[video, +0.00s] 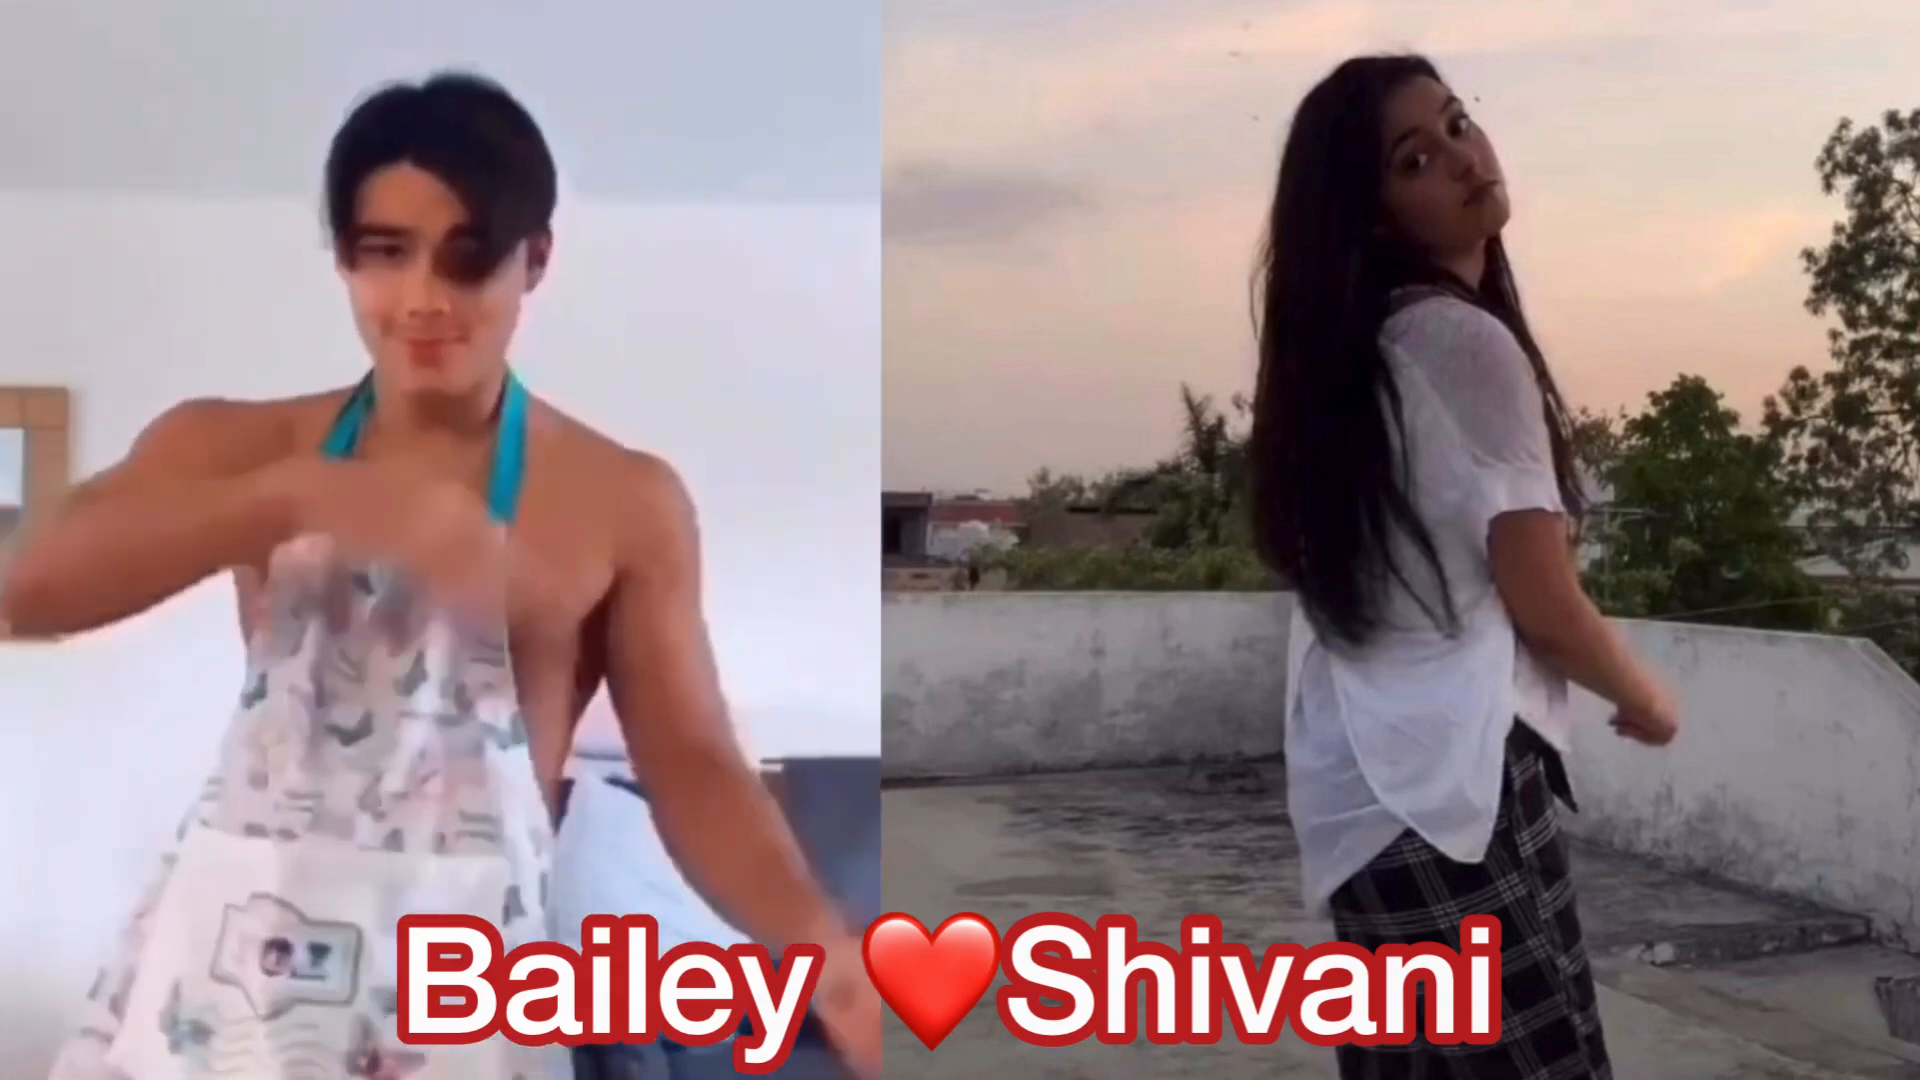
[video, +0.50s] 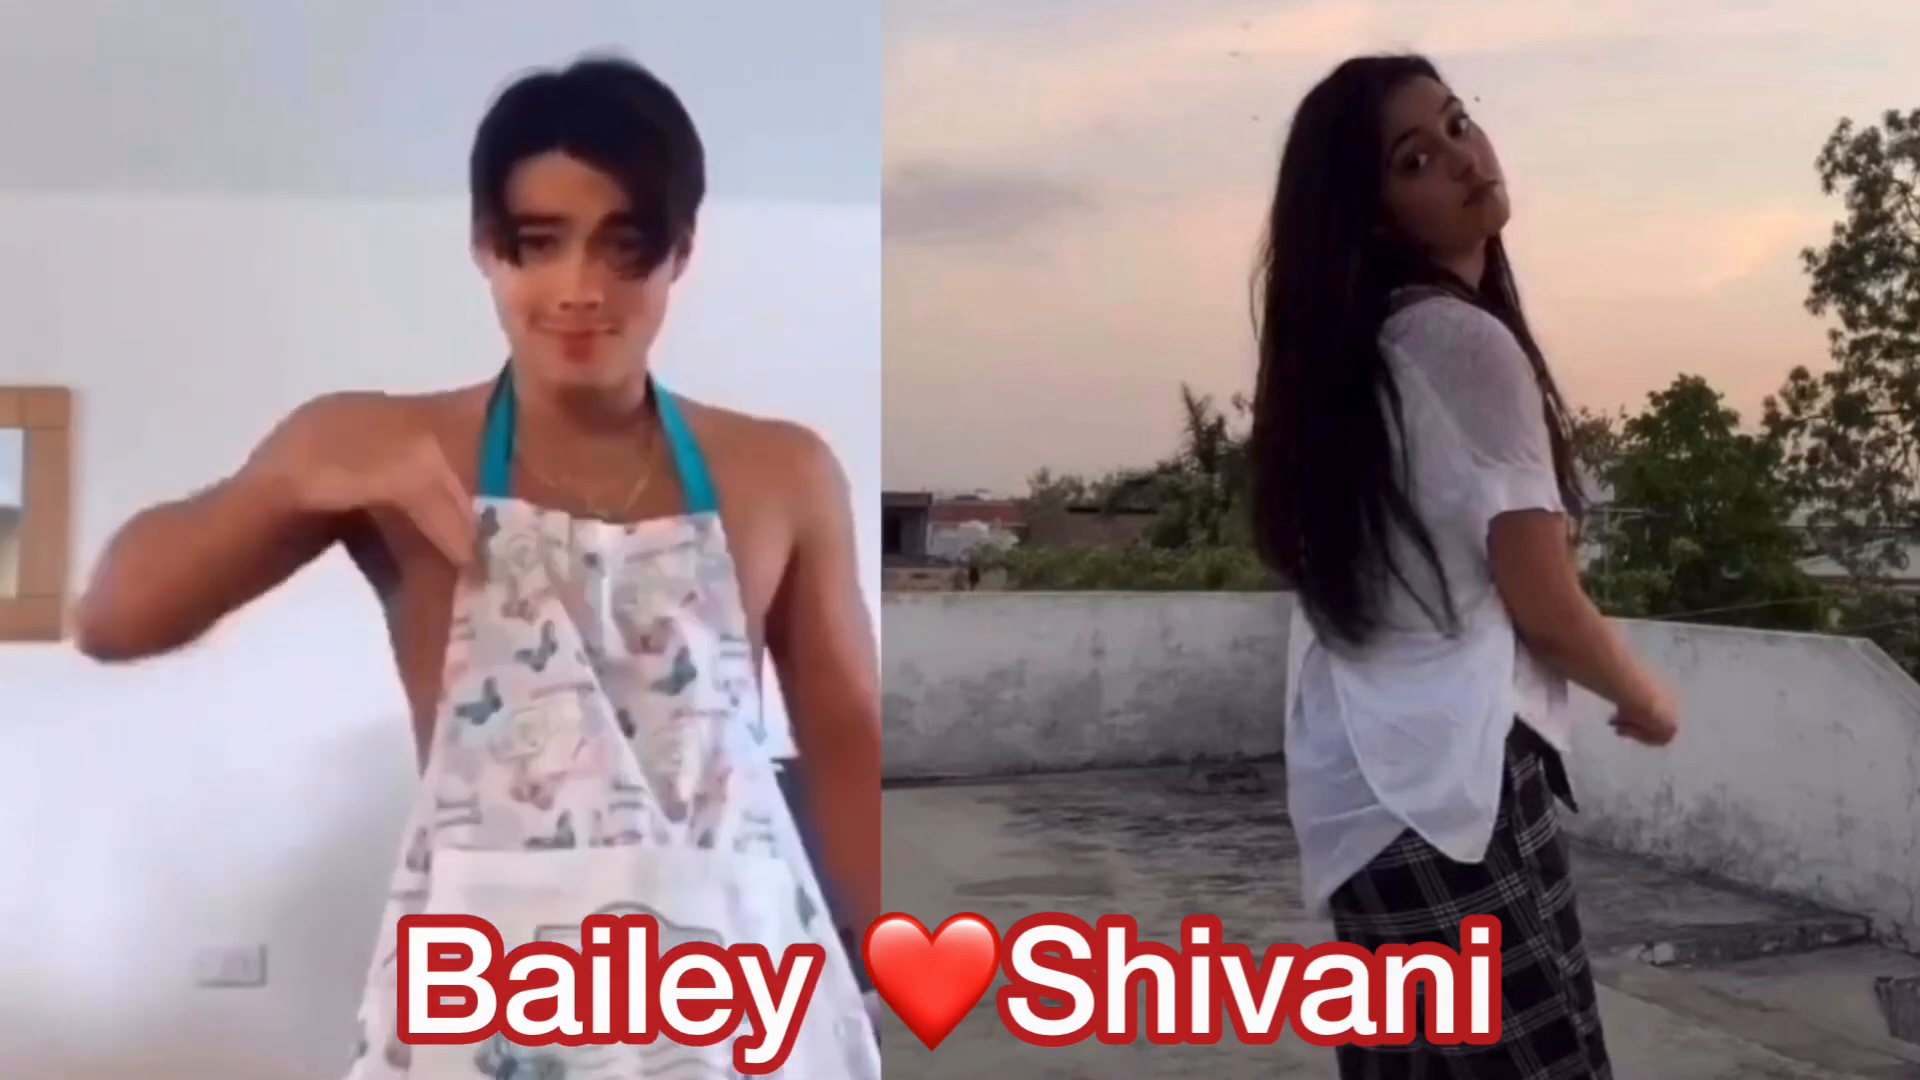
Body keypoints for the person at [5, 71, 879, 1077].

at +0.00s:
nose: (424, 298)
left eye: (470, 257)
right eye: (386, 252)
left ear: (535, 265)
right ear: (343, 262)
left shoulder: (626, 506)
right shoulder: (223, 450)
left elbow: (699, 778)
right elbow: (27, 594)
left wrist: (822, 948)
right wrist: (292, 498)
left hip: (477, 991)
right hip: (242, 970)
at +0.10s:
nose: (452, 292)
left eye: (500, 250)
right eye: (414, 244)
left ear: (559, 260)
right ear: (368, 254)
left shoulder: (641, 495)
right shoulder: (247, 451)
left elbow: (708, 781)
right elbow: (219, 602)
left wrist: (792, 1035)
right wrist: (486, 439)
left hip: (528, 996)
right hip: (284, 983)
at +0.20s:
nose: (493, 301)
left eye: (540, 261)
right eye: (455, 254)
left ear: (595, 274)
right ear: (404, 265)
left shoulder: (689, 509)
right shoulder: (287, 475)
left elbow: (733, 790)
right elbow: (292, 638)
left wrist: (779, 1042)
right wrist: (555, 464)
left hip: (617, 1004)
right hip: (368, 996)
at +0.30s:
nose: (534, 303)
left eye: (580, 261)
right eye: (493, 258)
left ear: (636, 271)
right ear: (444, 268)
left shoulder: (742, 492)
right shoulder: (337, 467)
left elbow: (812, 773)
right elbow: (237, 601)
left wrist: (858, 1042)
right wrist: (547, 493)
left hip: (690, 1005)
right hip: (434, 1004)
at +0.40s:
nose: (561, 294)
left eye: (610, 250)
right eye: (518, 247)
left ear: (667, 256)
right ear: (473, 254)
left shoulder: (781, 474)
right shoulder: (371, 460)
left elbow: (855, 763)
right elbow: (104, 542)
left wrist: (870, 983)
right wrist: (393, 469)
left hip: (724, 980)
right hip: (475, 999)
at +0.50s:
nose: (578, 291)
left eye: (624, 246)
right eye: (533, 245)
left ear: (682, 258)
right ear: (486, 255)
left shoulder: (784, 474)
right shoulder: (384, 453)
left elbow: (845, 759)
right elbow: (110, 621)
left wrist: (861, 990)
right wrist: (295, 476)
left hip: (745, 983)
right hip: (488, 996)